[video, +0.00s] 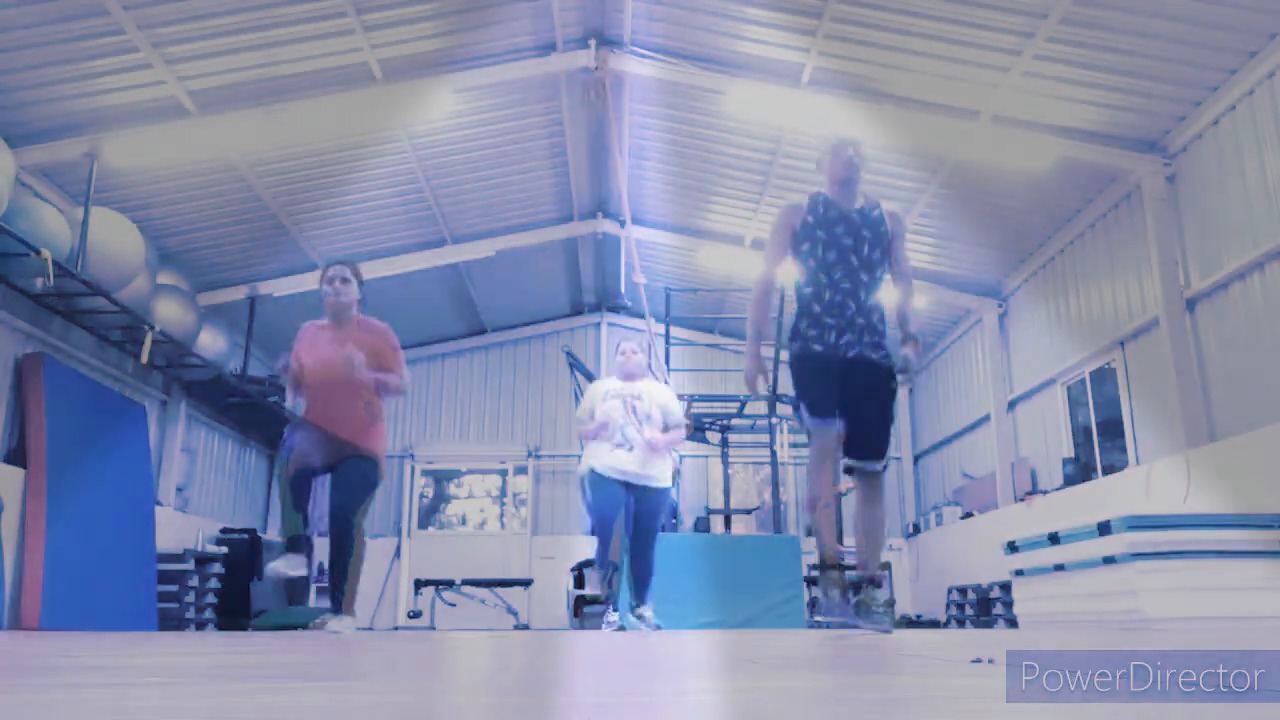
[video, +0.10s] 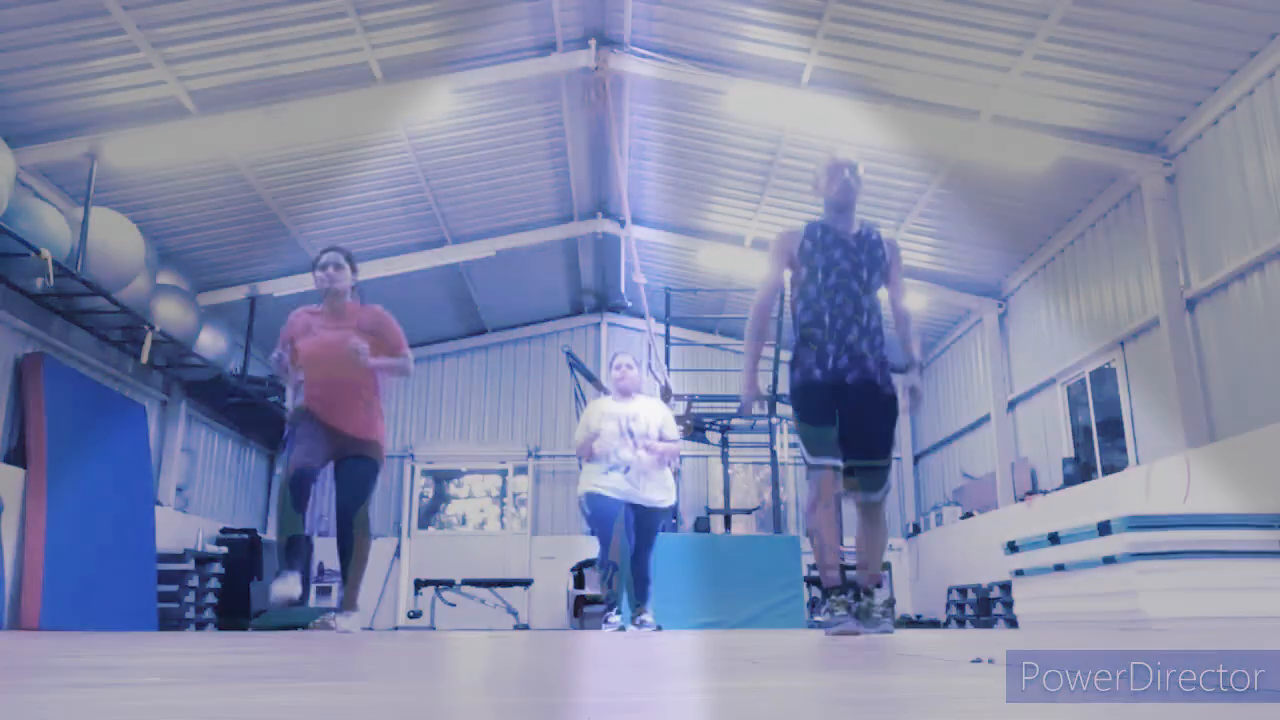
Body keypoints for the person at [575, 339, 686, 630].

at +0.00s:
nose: (627, 356)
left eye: (634, 352)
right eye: (622, 352)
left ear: (646, 360)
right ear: (615, 361)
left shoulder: (662, 392)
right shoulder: (600, 388)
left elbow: (681, 431)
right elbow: (581, 430)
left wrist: (662, 440)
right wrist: (598, 426)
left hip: (651, 474)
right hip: (606, 470)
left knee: (644, 542)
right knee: (605, 516)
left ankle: (641, 605)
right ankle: (610, 605)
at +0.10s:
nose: (623, 372)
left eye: (628, 367)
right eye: (617, 367)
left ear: (640, 375)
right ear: (609, 375)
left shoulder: (656, 408)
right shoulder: (598, 407)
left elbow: (675, 448)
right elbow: (581, 451)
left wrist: (654, 447)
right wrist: (597, 444)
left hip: (650, 490)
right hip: (604, 486)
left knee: (643, 551)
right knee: (613, 542)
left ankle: (641, 611)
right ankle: (613, 610)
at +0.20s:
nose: (619, 363)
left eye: (625, 358)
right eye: (613, 359)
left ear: (635, 365)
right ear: (605, 367)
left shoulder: (653, 397)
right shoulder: (592, 399)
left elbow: (673, 436)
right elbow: (580, 445)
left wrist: (652, 436)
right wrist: (595, 423)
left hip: (648, 484)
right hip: (602, 481)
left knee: (644, 548)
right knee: (611, 537)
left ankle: (641, 609)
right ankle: (611, 609)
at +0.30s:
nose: (617, 347)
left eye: (623, 342)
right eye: (611, 343)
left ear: (633, 350)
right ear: (603, 351)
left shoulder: (651, 382)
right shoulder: (587, 381)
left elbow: (672, 420)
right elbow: (570, 422)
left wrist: (650, 419)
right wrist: (593, 418)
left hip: (647, 468)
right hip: (599, 468)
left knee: (655, 524)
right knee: (611, 523)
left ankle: (639, 580)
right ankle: (610, 603)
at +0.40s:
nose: (616, 346)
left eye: (622, 342)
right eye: (610, 342)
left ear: (632, 350)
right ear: (602, 350)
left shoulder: (647, 380)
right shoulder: (584, 379)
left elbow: (668, 420)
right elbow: (568, 421)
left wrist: (648, 419)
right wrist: (590, 421)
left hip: (643, 458)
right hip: (596, 462)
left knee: (660, 501)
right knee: (609, 527)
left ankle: (638, 554)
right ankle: (605, 603)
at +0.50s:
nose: (614, 360)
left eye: (620, 356)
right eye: (609, 355)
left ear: (628, 363)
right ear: (600, 362)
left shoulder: (644, 393)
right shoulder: (581, 393)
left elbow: (662, 432)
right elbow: (567, 436)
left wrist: (655, 437)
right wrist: (591, 435)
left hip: (637, 461)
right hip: (594, 470)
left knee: (655, 487)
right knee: (608, 542)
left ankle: (643, 549)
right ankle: (605, 609)